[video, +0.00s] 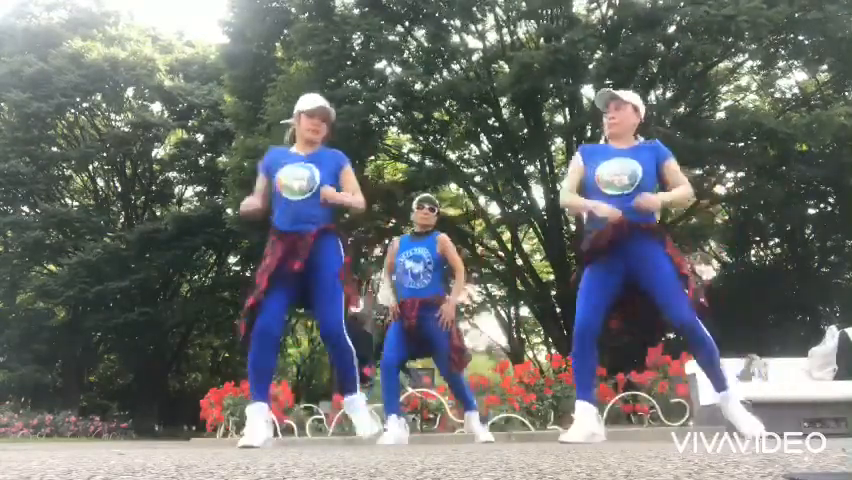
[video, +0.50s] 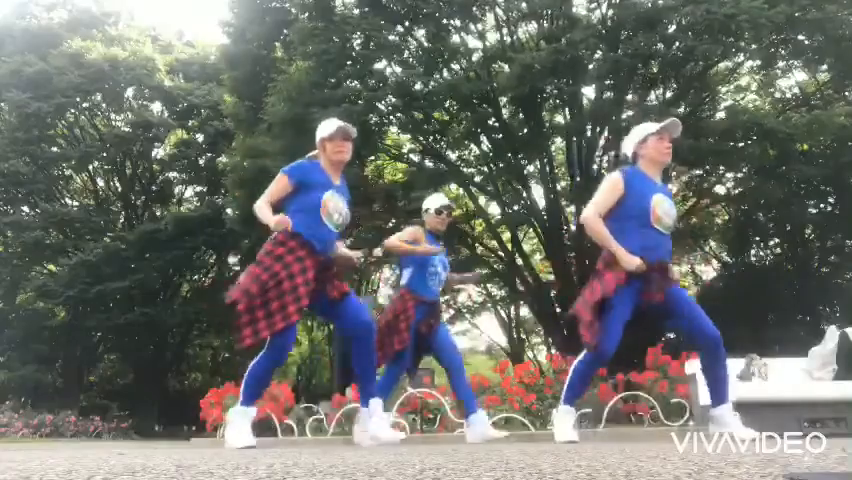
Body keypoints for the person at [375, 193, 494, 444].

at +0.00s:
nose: (425, 212)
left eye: (431, 209)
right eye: (421, 208)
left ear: (436, 216)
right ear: (413, 213)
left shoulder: (441, 240)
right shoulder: (396, 244)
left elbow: (460, 271)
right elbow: (386, 276)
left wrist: (452, 302)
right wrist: (389, 299)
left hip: (434, 309)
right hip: (404, 311)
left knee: (448, 366)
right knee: (388, 363)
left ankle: (473, 417)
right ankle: (395, 424)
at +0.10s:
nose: (423, 203)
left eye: (429, 200)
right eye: (419, 198)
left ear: (434, 206)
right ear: (410, 202)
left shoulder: (438, 234)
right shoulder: (394, 225)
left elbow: (449, 261)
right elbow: (370, 246)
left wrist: (448, 285)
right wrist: (380, 271)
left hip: (429, 294)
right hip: (400, 292)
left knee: (441, 343)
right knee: (396, 353)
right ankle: (387, 417)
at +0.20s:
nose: (424, 209)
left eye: (429, 205)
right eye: (419, 204)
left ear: (434, 211)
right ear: (409, 208)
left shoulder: (434, 244)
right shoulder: (396, 229)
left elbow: (436, 276)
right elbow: (368, 248)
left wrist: (442, 300)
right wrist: (379, 275)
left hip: (424, 300)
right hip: (396, 297)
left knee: (440, 337)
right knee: (387, 358)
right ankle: (372, 415)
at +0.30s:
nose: (427, 221)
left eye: (432, 217)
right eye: (422, 216)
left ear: (436, 222)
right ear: (411, 218)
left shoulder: (430, 253)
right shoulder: (400, 239)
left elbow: (425, 286)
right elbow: (378, 260)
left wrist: (434, 300)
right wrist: (407, 284)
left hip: (418, 309)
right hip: (393, 305)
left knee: (444, 340)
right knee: (390, 363)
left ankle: (407, 366)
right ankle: (370, 420)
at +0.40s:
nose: (431, 221)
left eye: (436, 218)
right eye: (426, 216)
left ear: (439, 223)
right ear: (414, 218)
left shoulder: (432, 254)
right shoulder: (404, 238)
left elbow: (447, 285)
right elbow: (404, 256)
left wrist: (450, 272)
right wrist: (435, 264)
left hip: (417, 310)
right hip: (394, 307)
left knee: (449, 346)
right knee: (392, 361)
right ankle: (370, 421)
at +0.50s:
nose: (445, 218)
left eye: (448, 214)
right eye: (440, 212)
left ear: (450, 218)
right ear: (426, 214)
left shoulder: (439, 247)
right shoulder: (416, 233)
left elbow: (441, 279)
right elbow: (388, 244)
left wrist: (469, 277)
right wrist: (421, 250)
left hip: (431, 313)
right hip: (410, 310)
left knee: (454, 362)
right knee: (397, 366)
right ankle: (368, 415)